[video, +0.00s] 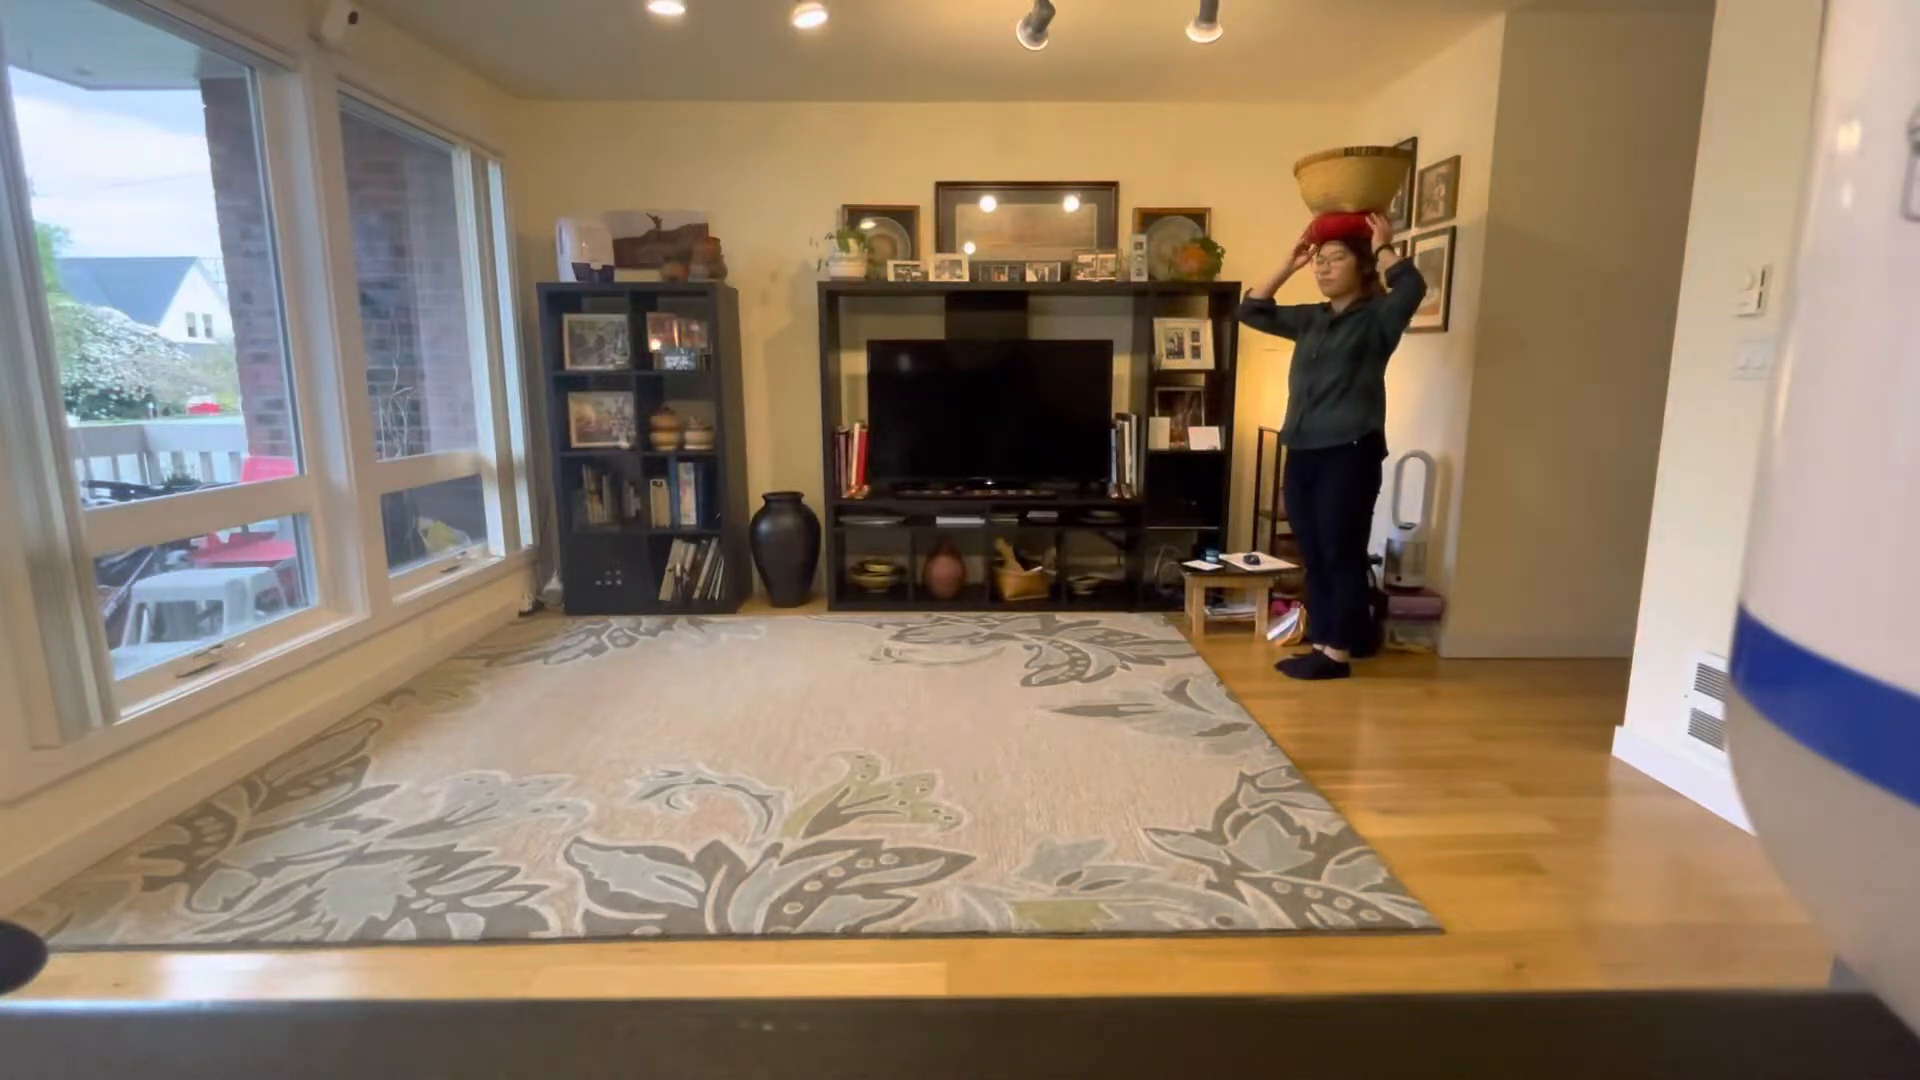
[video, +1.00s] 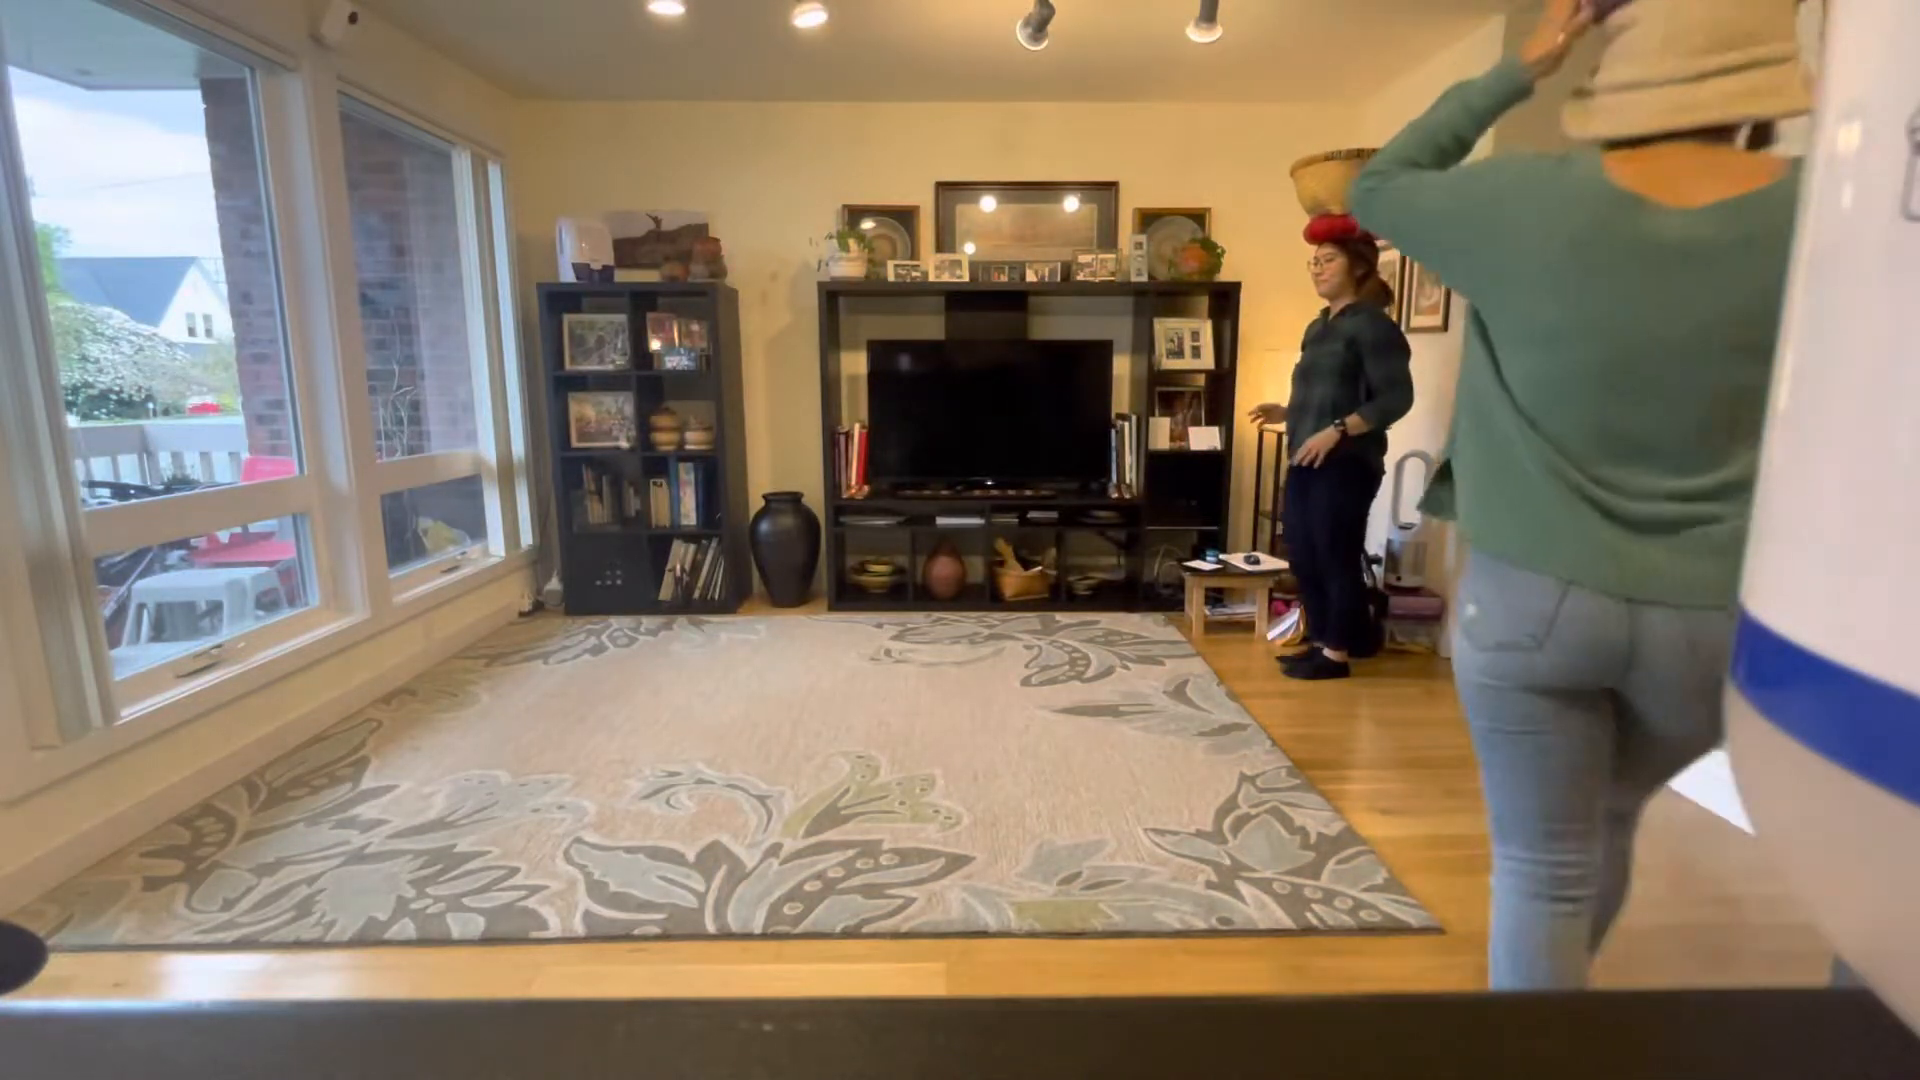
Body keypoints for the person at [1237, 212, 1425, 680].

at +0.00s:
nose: (1323, 267)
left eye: (1335, 258)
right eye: (1318, 259)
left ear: (1362, 266)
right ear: (1313, 266)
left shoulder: (1377, 317)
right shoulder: (1311, 317)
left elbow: (1411, 288)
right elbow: (1250, 311)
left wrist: (1383, 248)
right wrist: (1288, 268)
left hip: (1352, 449)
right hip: (1304, 449)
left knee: (1341, 549)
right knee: (1314, 550)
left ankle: (1338, 652)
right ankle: (1321, 643)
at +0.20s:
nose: (1322, 267)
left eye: (1334, 258)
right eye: (1318, 259)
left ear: (1360, 267)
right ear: (1314, 266)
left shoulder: (1375, 315)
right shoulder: (1312, 320)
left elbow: (1403, 319)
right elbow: (1253, 332)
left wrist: (1380, 264)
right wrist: (1276, 282)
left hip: (1351, 452)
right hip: (1304, 452)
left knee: (1341, 550)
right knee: (1314, 551)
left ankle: (1337, 652)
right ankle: (1323, 643)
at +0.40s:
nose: (1321, 268)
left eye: (1332, 259)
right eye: (1318, 261)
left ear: (1362, 266)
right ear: (1314, 268)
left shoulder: (1382, 322)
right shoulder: (1316, 325)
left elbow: (1391, 382)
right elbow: (1269, 370)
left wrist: (1347, 345)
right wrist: (1254, 325)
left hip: (1350, 459)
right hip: (1305, 458)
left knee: (1340, 553)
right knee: (1314, 553)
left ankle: (1337, 652)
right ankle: (1324, 643)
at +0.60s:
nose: (1319, 268)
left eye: (1330, 259)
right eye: (1317, 261)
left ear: (1361, 266)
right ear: (1316, 268)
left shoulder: (1378, 324)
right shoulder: (1318, 328)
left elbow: (1392, 399)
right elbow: (1296, 395)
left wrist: (1334, 410)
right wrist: (1257, 370)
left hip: (1350, 462)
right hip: (1308, 460)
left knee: (1339, 554)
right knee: (1315, 555)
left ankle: (1337, 652)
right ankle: (1323, 643)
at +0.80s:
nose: (1318, 268)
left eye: (1329, 259)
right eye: (1315, 261)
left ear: (1359, 266)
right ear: (1314, 269)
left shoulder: (1376, 325)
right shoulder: (1318, 328)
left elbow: (1399, 398)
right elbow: (1318, 399)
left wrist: (1342, 426)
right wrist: (1282, 407)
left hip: (1348, 460)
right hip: (1308, 459)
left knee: (1338, 555)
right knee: (1315, 554)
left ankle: (1336, 652)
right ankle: (1324, 642)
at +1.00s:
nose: (1317, 268)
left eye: (1327, 260)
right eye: (1314, 261)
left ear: (1357, 266)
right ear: (1312, 269)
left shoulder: (1375, 326)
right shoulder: (1318, 328)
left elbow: (1397, 397)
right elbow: (1320, 401)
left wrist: (1340, 429)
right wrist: (1284, 413)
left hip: (1347, 459)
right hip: (1308, 458)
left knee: (1335, 550)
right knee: (1304, 549)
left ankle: (1336, 652)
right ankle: (1318, 639)